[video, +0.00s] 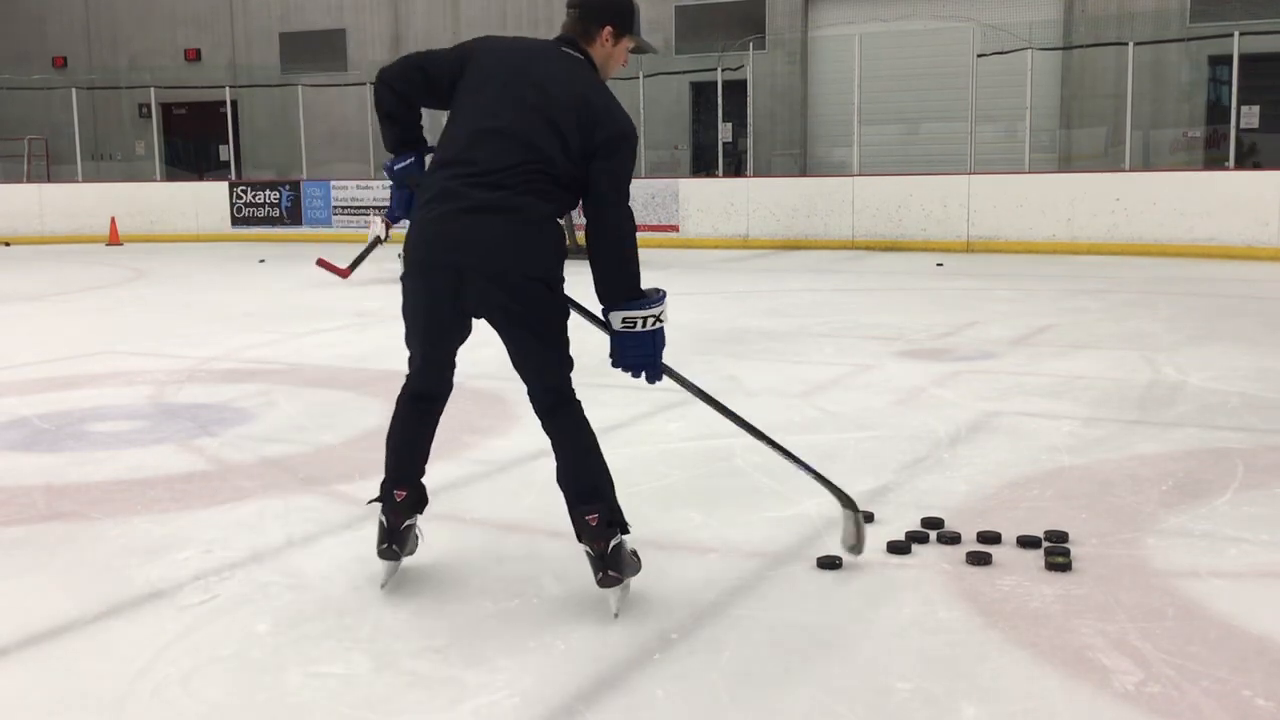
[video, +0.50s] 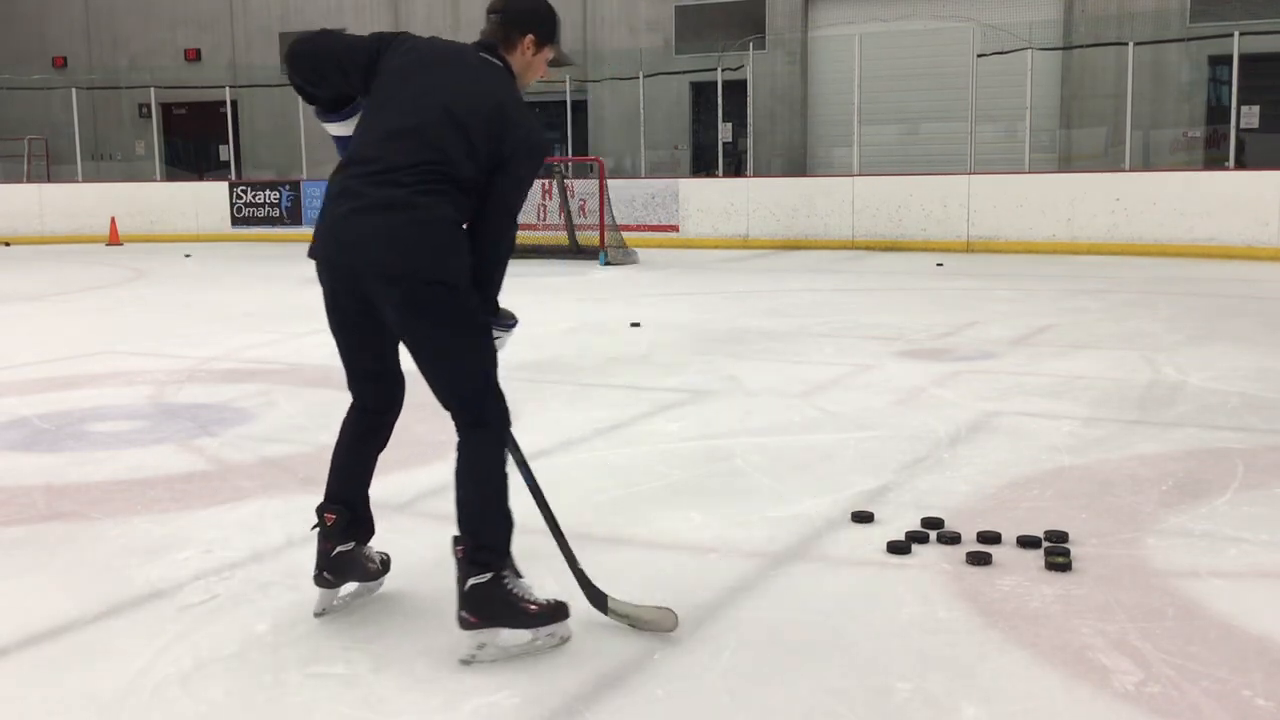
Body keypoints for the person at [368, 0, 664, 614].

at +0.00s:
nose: (626, 63)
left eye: (631, 52)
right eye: (628, 50)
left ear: (577, 27)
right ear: (605, 36)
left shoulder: (485, 55)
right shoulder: (606, 116)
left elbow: (395, 80)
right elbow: (609, 230)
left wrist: (407, 162)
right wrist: (632, 319)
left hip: (433, 253)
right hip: (519, 264)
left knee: (424, 380)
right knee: (557, 404)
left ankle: (396, 515)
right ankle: (604, 543)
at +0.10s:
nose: (615, 64)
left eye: (619, 53)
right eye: (617, 51)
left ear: (565, 27)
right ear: (595, 39)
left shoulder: (474, 54)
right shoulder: (595, 117)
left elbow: (383, 74)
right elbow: (596, 230)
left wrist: (399, 156)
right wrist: (615, 321)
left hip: (420, 251)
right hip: (507, 262)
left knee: (413, 381)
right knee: (549, 406)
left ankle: (384, 519)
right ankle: (593, 548)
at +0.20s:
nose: (596, 68)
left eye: (601, 57)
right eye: (598, 54)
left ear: (545, 28)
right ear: (577, 40)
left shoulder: (456, 51)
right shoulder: (576, 117)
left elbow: (361, 55)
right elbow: (567, 230)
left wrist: (377, 139)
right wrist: (575, 323)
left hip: (402, 247)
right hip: (489, 259)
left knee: (402, 385)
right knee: (535, 411)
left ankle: (369, 527)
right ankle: (573, 562)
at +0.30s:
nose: (573, 68)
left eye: (579, 58)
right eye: (577, 55)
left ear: (525, 30)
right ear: (556, 41)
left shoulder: (437, 50)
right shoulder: (551, 112)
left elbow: (339, 51)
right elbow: (540, 220)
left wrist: (372, 120)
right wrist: (534, 309)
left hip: (382, 245)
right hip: (467, 256)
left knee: (394, 392)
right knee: (519, 409)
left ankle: (358, 536)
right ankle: (544, 569)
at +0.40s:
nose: (557, 74)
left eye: (562, 64)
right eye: (559, 61)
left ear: (507, 32)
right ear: (540, 46)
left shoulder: (420, 51)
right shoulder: (534, 118)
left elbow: (320, 51)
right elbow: (513, 231)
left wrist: (367, 106)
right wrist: (499, 310)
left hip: (360, 245)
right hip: (441, 256)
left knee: (385, 394)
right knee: (501, 416)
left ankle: (347, 541)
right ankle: (513, 578)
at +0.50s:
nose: (544, 74)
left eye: (548, 64)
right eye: (546, 61)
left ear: (493, 31)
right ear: (527, 46)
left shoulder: (403, 50)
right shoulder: (519, 124)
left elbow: (303, 50)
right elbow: (493, 234)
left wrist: (343, 121)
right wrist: (483, 308)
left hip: (341, 247)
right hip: (423, 260)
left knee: (375, 395)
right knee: (481, 418)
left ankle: (338, 543)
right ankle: (486, 582)